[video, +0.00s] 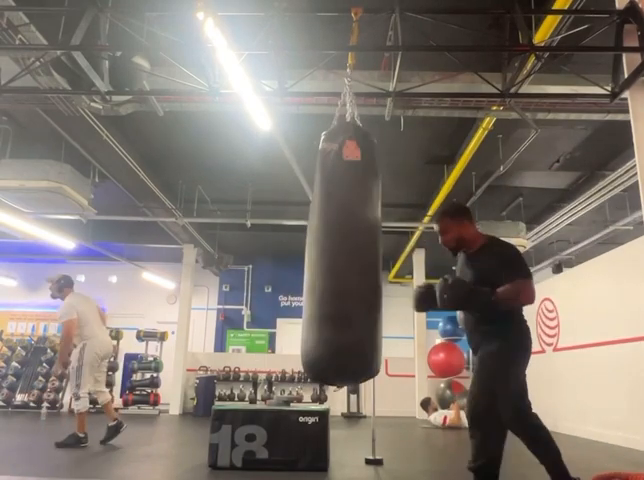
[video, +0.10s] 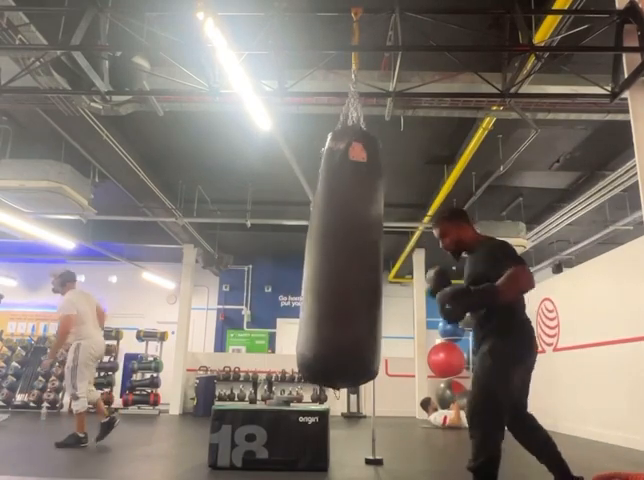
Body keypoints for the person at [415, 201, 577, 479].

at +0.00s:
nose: (441, 240)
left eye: (444, 232)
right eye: (439, 233)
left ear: (462, 225)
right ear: (460, 228)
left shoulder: (502, 251)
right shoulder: (464, 259)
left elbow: (527, 293)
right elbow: (466, 297)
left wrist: (477, 297)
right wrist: (437, 297)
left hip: (507, 344)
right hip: (487, 346)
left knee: (482, 411)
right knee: (516, 414)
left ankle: (484, 473)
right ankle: (562, 475)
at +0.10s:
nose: (443, 245)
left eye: (443, 236)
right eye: (440, 239)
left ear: (460, 227)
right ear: (459, 230)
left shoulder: (494, 248)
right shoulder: (473, 259)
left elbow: (524, 279)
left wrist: (472, 296)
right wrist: (454, 300)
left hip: (505, 343)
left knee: (483, 416)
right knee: (515, 415)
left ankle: (482, 473)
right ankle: (565, 475)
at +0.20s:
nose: (455, 249)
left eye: (456, 240)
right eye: (451, 243)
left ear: (472, 230)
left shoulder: (499, 250)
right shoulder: (485, 262)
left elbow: (518, 282)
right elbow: (473, 299)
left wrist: (463, 297)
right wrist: (455, 273)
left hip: (511, 347)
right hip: (510, 347)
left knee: (485, 415)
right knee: (520, 420)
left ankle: (484, 473)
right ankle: (570, 476)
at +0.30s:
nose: (461, 241)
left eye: (463, 233)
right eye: (459, 235)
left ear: (480, 226)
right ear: (478, 229)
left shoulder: (507, 248)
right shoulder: (488, 261)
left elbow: (524, 283)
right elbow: (483, 296)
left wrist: (478, 293)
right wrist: (458, 270)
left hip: (518, 344)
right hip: (514, 343)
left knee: (490, 420)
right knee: (535, 423)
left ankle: (480, 474)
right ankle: (575, 475)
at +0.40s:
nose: (460, 230)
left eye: (463, 222)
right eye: (458, 224)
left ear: (480, 215)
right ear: (475, 221)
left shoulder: (511, 239)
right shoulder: (484, 253)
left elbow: (531, 279)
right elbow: (481, 285)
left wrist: (486, 298)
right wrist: (455, 261)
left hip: (517, 334)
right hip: (508, 334)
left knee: (487, 399)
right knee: (523, 406)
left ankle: (490, 471)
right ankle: (569, 471)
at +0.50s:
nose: (460, 235)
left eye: (463, 227)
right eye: (457, 229)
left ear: (481, 219)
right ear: (468, 226)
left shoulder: (513, 243)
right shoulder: (480, 257)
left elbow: (533, 282)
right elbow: (475, 297)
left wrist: (492, 313)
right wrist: (456, 267)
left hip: (521, 331)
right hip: (506, 333)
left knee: (493, 401)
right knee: (514, 401)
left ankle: (480, 473)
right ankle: (555, 469)